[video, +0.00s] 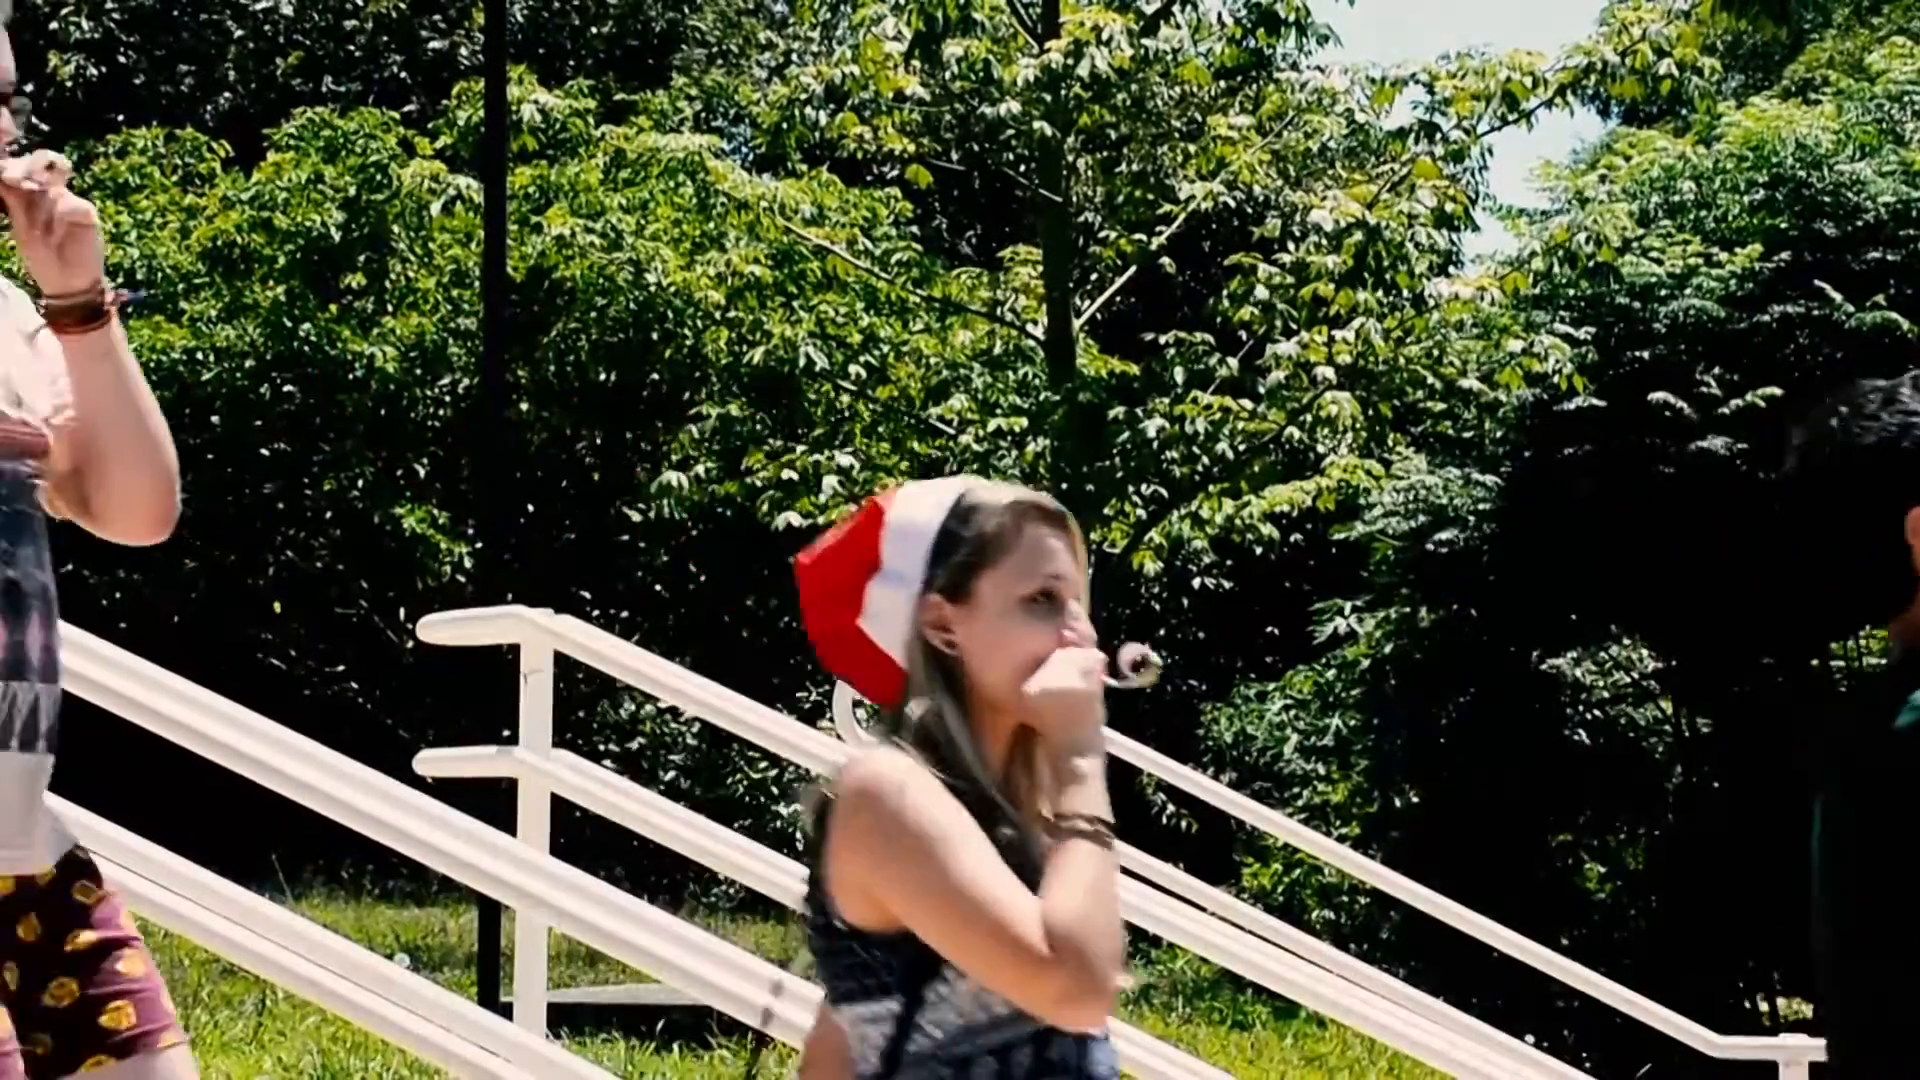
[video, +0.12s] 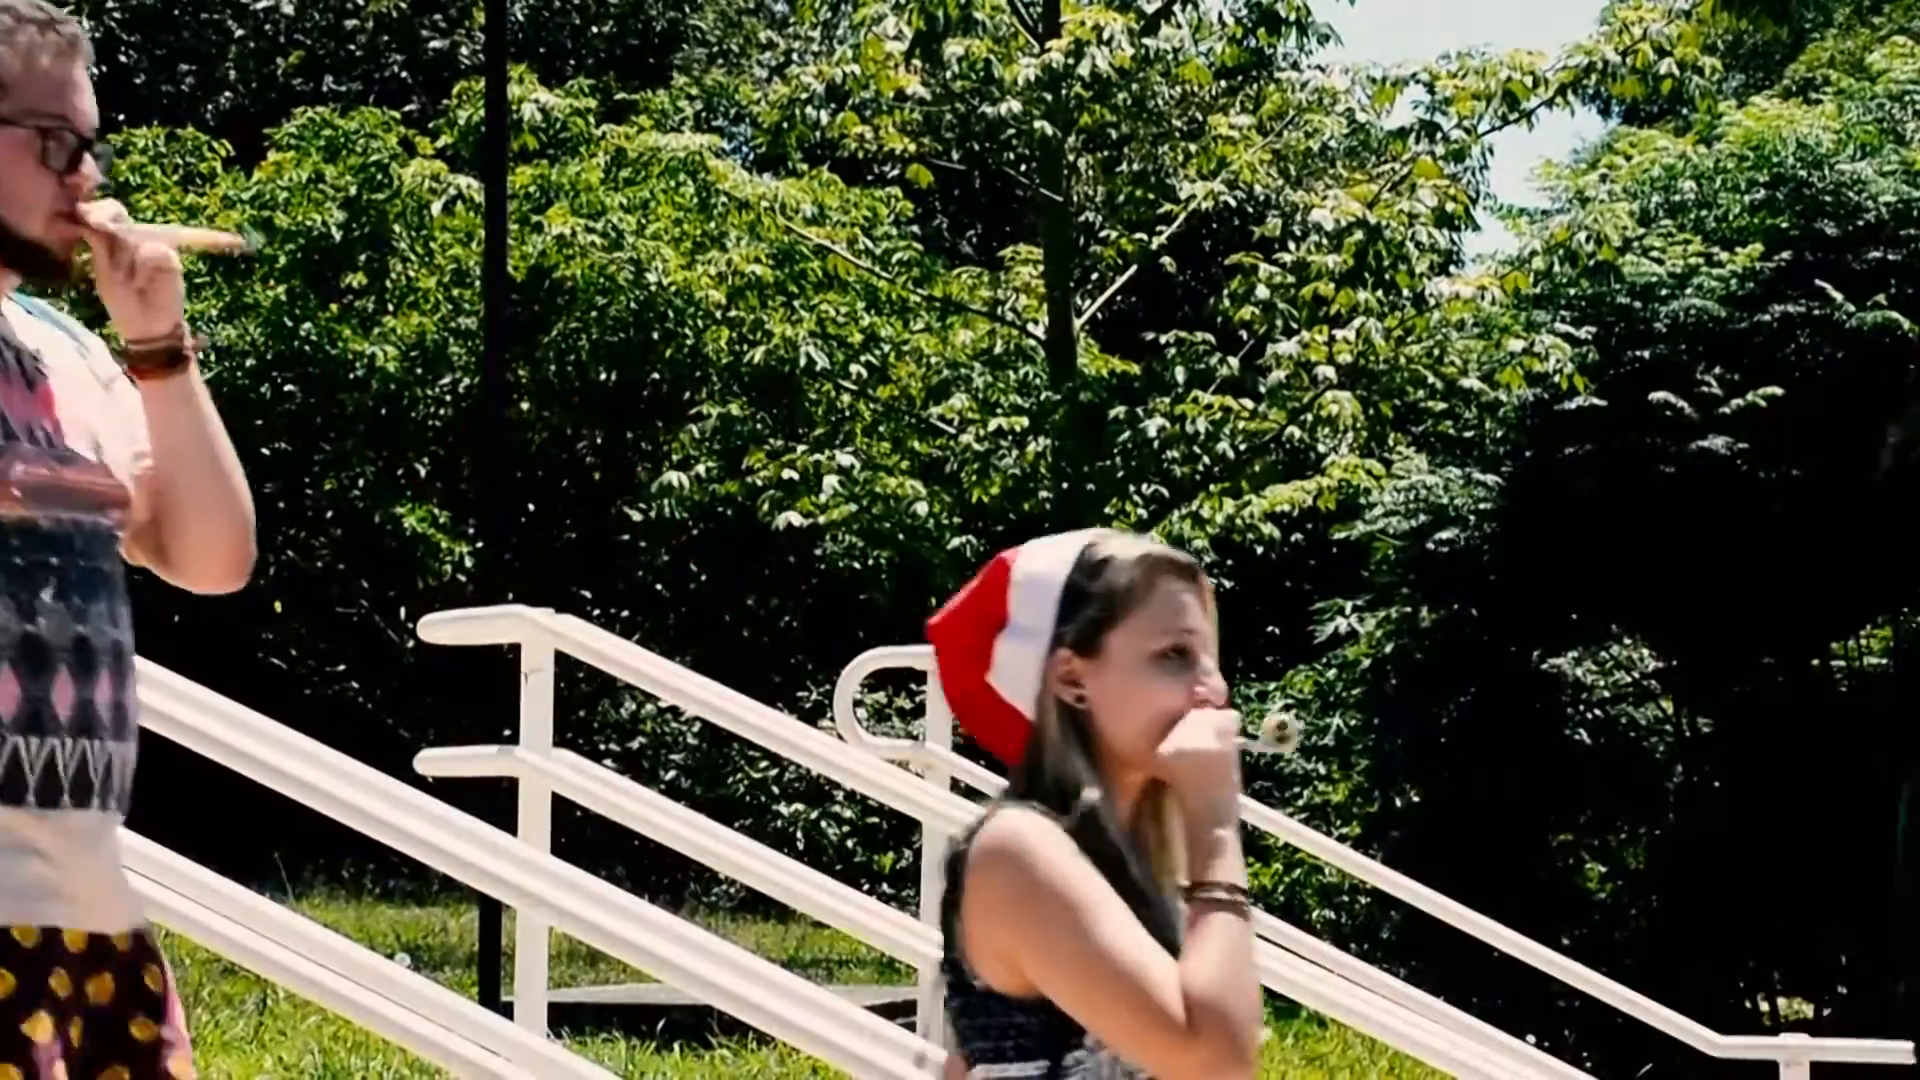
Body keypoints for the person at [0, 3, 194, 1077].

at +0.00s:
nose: (8, 129)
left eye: (10, 104)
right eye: (3, 104)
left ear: (21, 114)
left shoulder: (5, 316)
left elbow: (140, 512)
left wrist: (77, 298)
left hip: (26, 835)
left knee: (144, 1057)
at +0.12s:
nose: (89, 176)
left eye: (93, 146)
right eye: (56, 142)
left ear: (99, 152)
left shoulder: (67, 350)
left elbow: (218, 560)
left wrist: (158, 343)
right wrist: (16, 491)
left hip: (94, 894)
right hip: (10, 895)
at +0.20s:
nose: (148, 224)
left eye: (151, 196)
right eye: (116, 193)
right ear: (9, 194)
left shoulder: (131, 401)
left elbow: (282, 604)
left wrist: (228, 395)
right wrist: (32, 537)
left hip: (165, 946)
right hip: (22, 948)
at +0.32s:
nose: (241, 263)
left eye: (242, 234)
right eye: (210, 231)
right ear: (91, 229)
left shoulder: (228, 437)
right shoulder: (19, 409)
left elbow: (374, 633)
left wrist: (314, 426)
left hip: (253, 995)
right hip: (82, 1001)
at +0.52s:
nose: (391, 298)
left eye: (395, 267)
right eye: (366, 262)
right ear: (249, 253)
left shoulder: (365, 459)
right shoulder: (125, 437)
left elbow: (483, 679)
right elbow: (25, 706)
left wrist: (447, 468)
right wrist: (94, 975)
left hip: (361, 1002)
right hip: (203, 1013)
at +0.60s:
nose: (447, 343)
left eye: (452, 311)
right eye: (418, 305)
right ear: (303, 294)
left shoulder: (410, 494)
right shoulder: (181, 477)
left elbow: (527, 720)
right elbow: (73, 746)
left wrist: (495, 517)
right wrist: (143, 1017)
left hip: (422, 1038)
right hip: (245, 1043)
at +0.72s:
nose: (515, 409)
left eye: (521, 377)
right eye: (487, 372)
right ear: (374, 366)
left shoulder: (479, 569)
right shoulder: (257, 549)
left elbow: (605, 786)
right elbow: (155, 833)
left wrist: (572, 581)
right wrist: (204, 1064)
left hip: (518, 1049)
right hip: (324, 1053)